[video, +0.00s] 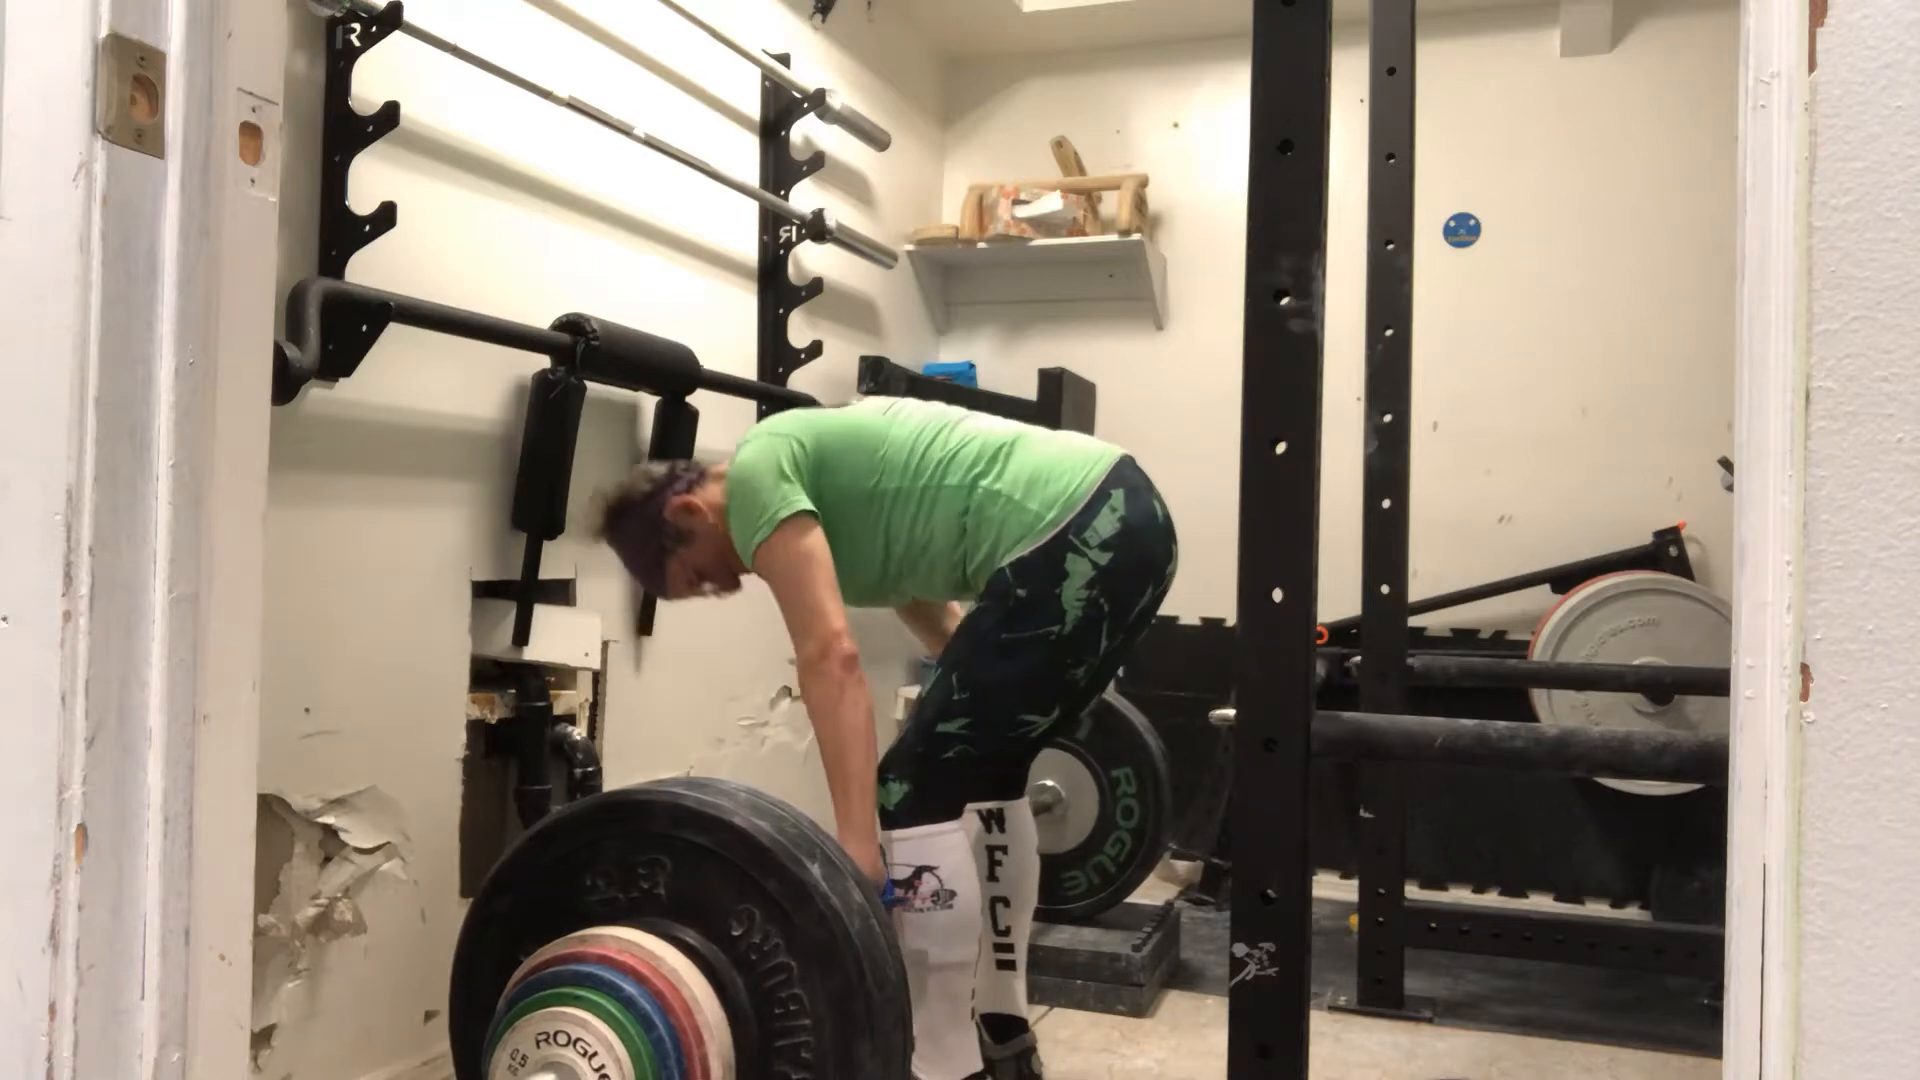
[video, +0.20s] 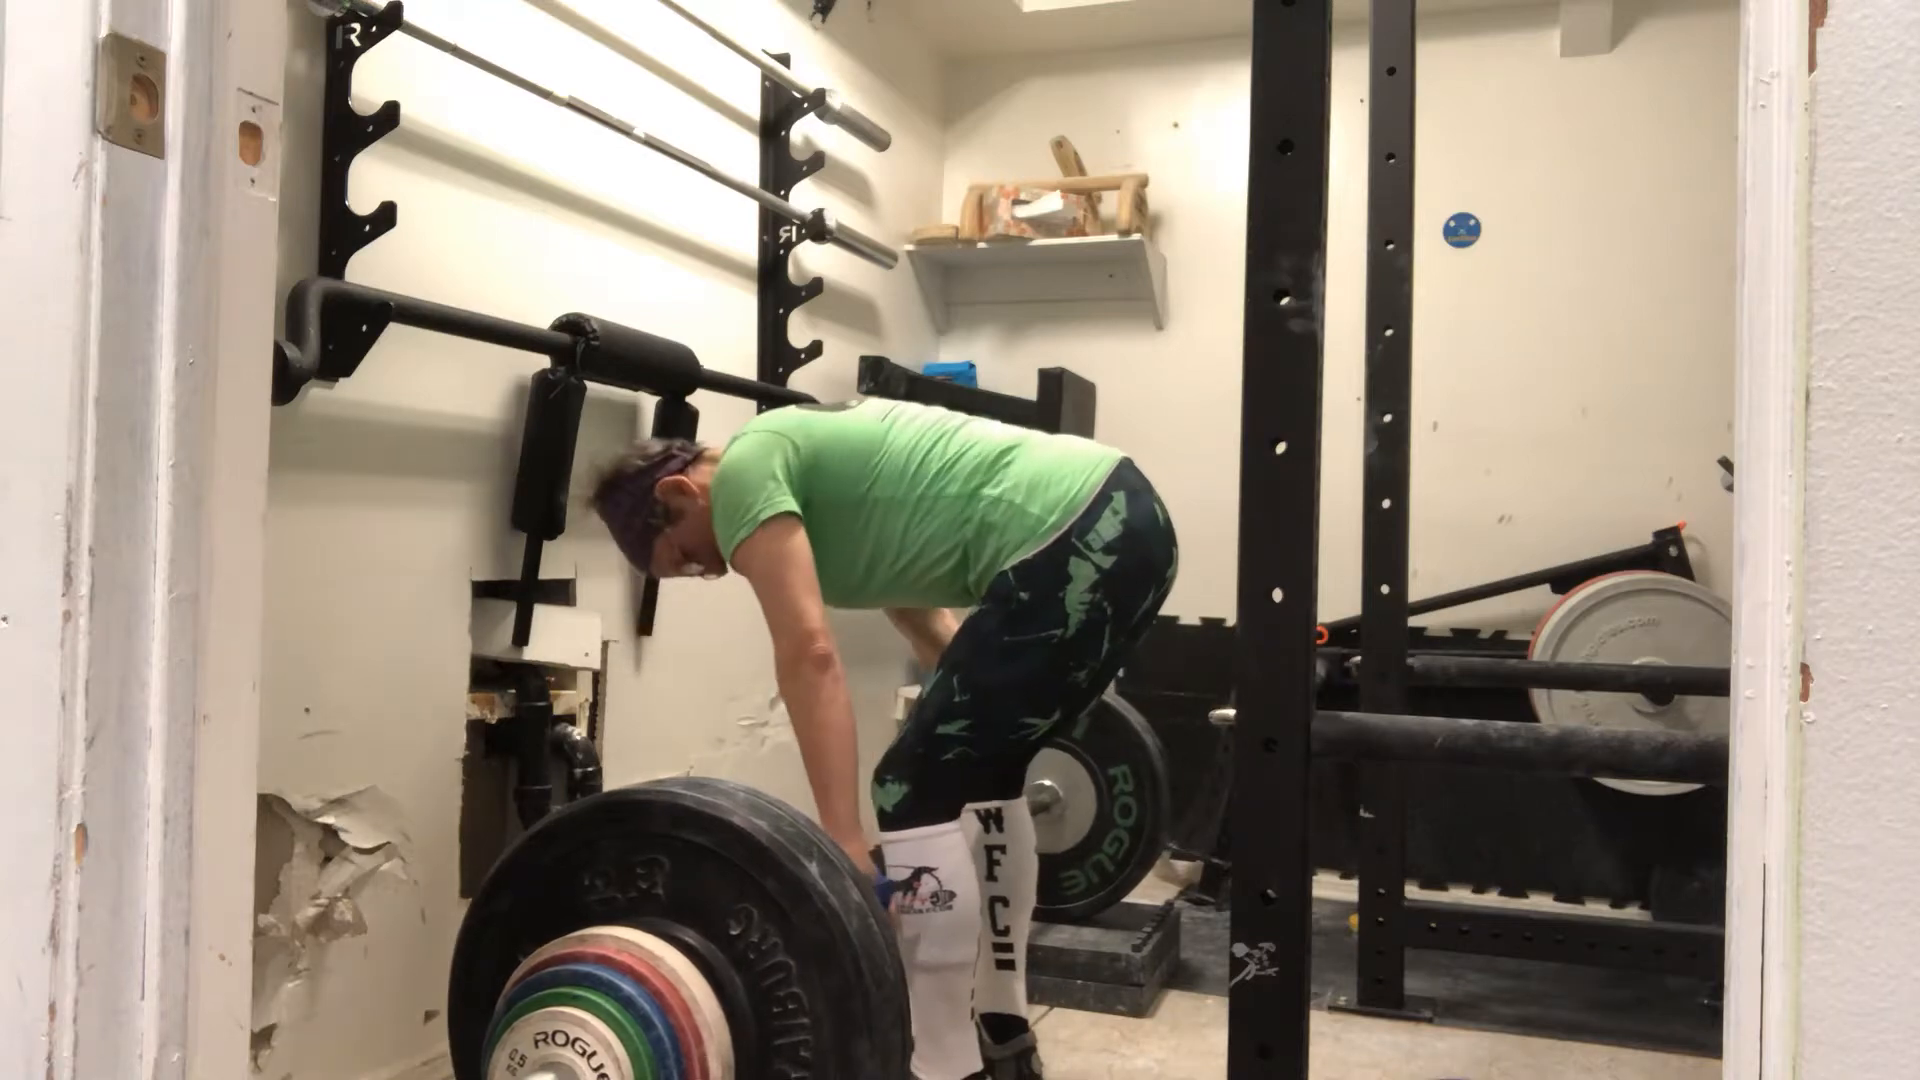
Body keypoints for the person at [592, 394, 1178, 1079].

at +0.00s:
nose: (717, 590)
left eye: (696, 576)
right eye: (698, 592)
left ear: (689, 508)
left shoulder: (756, 468)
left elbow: (829, 657)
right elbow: (946, 630)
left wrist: (858, 846)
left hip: (1074, 539)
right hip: (1112, 517)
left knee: (909, 799)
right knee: (982, 789)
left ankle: (941, 1054)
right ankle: (1000, 1037)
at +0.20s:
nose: (703, 568)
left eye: (684, 553)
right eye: (686, 571)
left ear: (680, 485)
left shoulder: (743, 471)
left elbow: (810, 654)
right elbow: (934, 632)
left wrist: (846, 839)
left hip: (1072, 544)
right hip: (1108, 517)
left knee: (913, 800)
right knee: (977, 788)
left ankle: (942, 1062)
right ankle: (997, 1036)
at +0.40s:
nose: (699, 565)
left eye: (681, 550)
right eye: (681, 567)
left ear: (675, 481)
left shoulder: (735, 477)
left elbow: (804, 655)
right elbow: (920, 614)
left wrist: (845, 839)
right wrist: (985, 705)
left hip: (1064, 543)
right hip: (1106, 514)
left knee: (910, 801)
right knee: (980, 787)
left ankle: (942, 1060)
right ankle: (999, 1036)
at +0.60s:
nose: (684, 554)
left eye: (666, 539)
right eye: (667, 556)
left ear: (666, 479)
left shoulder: (732, 476)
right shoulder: (798, 453)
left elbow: (799, 659)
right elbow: (926, 638)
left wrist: (837, 843)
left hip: (1068, 541)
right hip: (1107, 515)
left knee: (910, 793)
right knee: (976, 781)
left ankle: (942, 1058)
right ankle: (997, 1033)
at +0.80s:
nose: (669, 516)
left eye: (650, 494)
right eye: (651, 504)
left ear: (660, 448)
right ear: (712, 414)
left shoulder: (752, 463)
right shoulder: (804, 435)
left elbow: (817, 663)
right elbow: (919, 621)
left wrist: (845, 845)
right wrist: (964, 720)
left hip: (1077, 550)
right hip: (1114, 522)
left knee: (904, 802)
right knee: (973, 788)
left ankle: (942, 1052)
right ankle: (1000, 1034)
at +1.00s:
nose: (671, 451)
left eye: (663, 429)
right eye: (660, 436)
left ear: (690, 399)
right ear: (750, 379)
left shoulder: (772, 450)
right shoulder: (824, 423)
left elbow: (826, 649)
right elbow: (928, 615)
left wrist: (839, 836)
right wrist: (970, 723)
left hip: (1086, 561)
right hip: (1128, 536)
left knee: (896, 802)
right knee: (987, 784)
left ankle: (943, 1063)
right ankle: (1002, 1031)